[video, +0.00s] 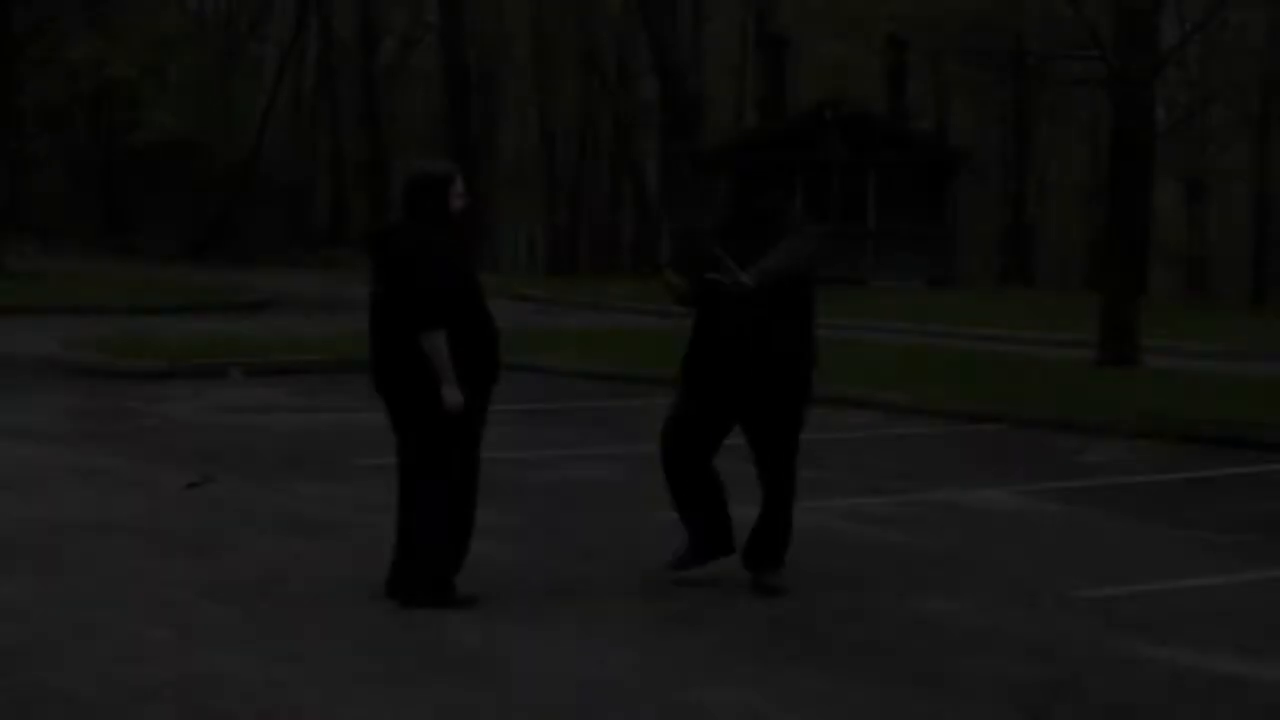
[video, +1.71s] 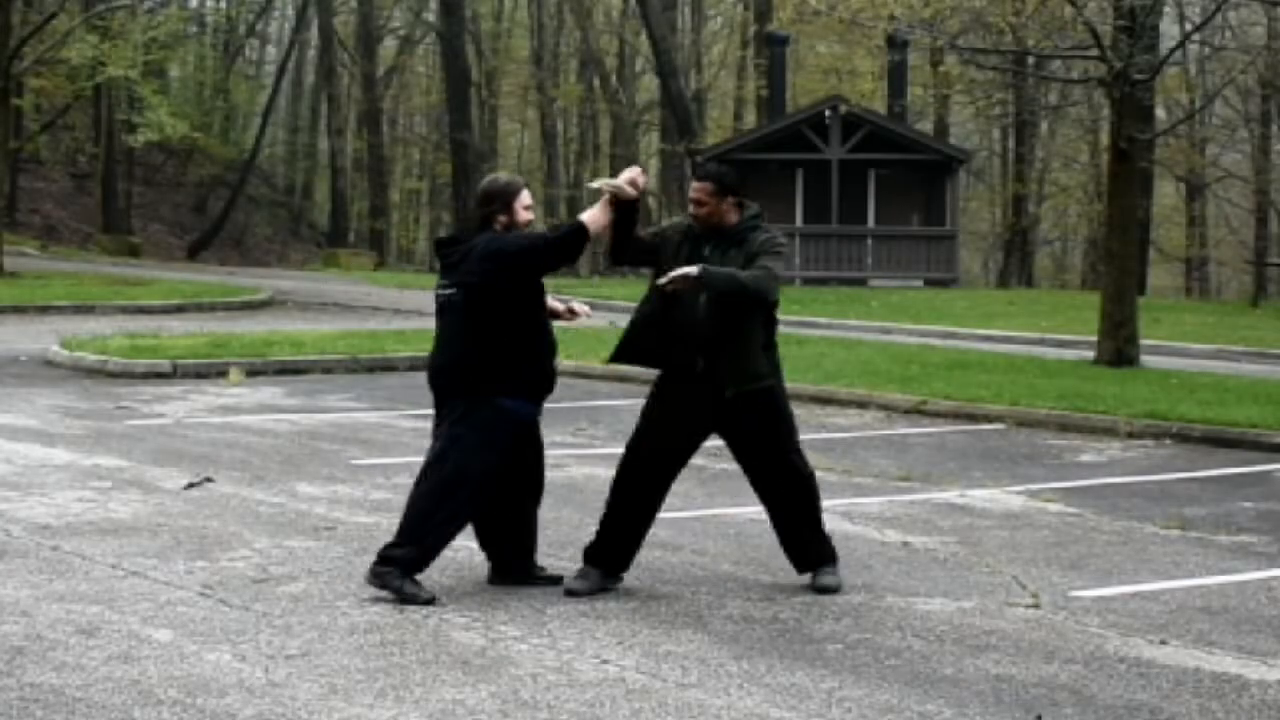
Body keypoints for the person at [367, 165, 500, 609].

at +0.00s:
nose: (463, 204)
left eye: (461, 195)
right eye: (456, 196)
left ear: (421, 200)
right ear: (439, 201)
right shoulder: (436, 247)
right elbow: (433, 327)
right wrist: (451, 385)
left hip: (416, 390)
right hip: (443, 394)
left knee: (425, 486)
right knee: (445, 489)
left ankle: (415, 577)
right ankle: (432, 582)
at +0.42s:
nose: (456, 202)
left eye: (455, 193)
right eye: (450, 194)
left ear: (418, 200)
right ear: (428, 199)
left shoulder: (411, 241)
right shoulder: (415, 246)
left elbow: (424, 309)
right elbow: (423, 315)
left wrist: (476, 333)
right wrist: (470, 348)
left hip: (417, 384)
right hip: (418, 388)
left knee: (422, 479)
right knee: (427, 481)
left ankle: (411, 571)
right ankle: (408, 577)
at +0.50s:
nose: (452, 203)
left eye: (452, 195)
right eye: (446, 195)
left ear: (419, 200)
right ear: (423, 200)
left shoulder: (416, 243)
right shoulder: (410, 246)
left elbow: (442, 303)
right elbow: (430, 313)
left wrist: (488, 297)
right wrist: (478, 323)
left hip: (423, 382)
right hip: (414, 384)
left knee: (423, 480)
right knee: (414, 481)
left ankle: (416, 574)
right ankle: (397, 579)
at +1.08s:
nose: (458, 220)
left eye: (458, 212)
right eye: (450, 212)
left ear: (439, 216)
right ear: (423, 216)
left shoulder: (444, 260)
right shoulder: (392, 262)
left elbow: (475, 310)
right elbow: (427, 317)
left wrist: (522, 261)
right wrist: (476, 278)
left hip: (442, 403)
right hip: (394, 407)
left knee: (470, 474)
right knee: (391, 492)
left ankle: (469, 569)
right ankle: (385, 579)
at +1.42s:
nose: (488, 226)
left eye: (488, 218)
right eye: (480, 218)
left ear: (462, 224)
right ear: (453, 222)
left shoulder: (465, 264)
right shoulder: (431, 265)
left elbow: (493, 316)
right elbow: (491, 308)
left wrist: (540, 321)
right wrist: (531, 265)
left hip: (464, 405)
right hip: (426, 407)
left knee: (491, 482)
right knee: (411, 494)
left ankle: (511, 562)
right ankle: (386, 580)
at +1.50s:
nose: (500, 223)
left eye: (500, 215)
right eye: (493, 216)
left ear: (468, 223)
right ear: (468, 221)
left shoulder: (472, 263)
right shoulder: (452, 263)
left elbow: (507, 311)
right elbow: (523, 287)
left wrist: (554, 332)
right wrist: (569, 248)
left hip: (477, 402)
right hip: (441, 405)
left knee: (502, 481)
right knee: (423, 493)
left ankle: (512, 564)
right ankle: (386, 579)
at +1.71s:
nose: (534, 215)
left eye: (532, 208)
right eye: (527, 208)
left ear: (497, 215)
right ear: (504, 215)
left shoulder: (467, 253)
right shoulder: (503, 252)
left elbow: (501, 298)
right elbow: (570, 240)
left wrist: (549, 307)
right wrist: (614, 197)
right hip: (492, 395)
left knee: (515, 480)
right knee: (452, 482)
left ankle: (514, 565)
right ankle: (395, 565)